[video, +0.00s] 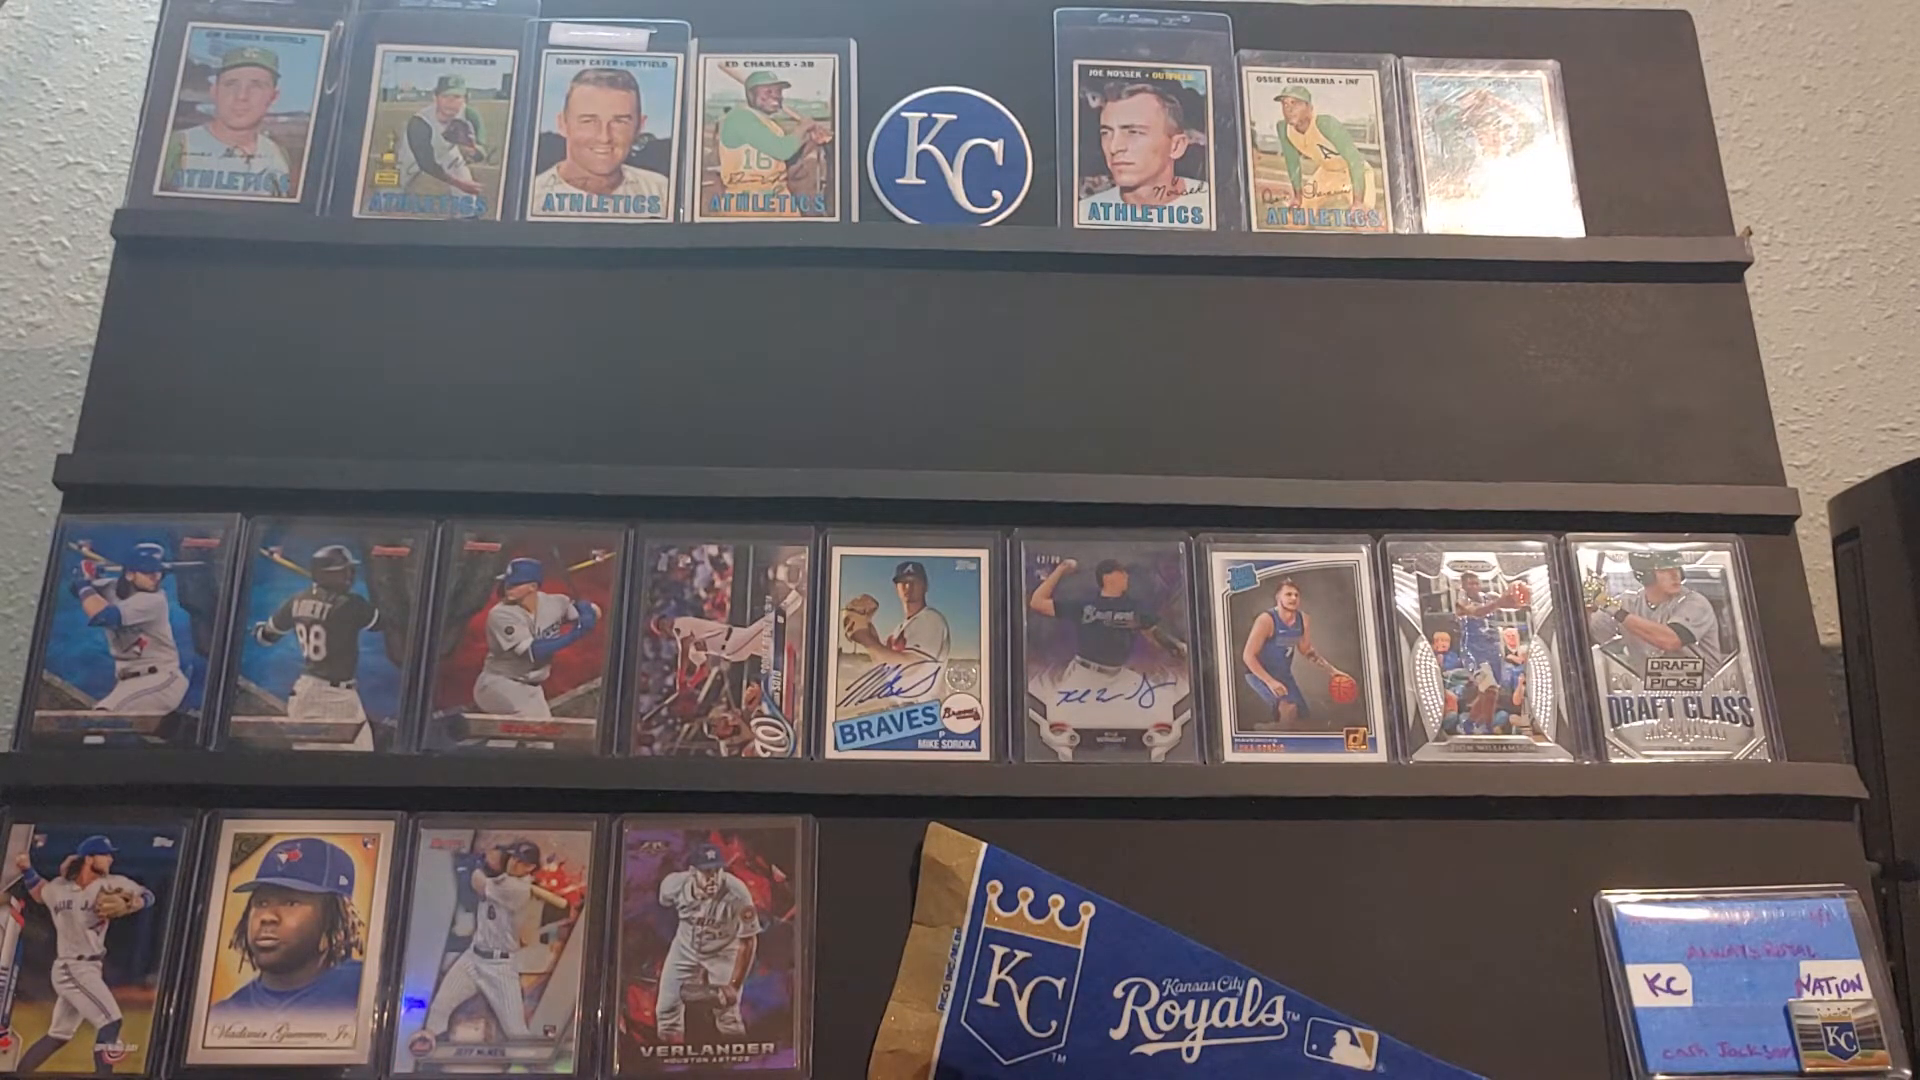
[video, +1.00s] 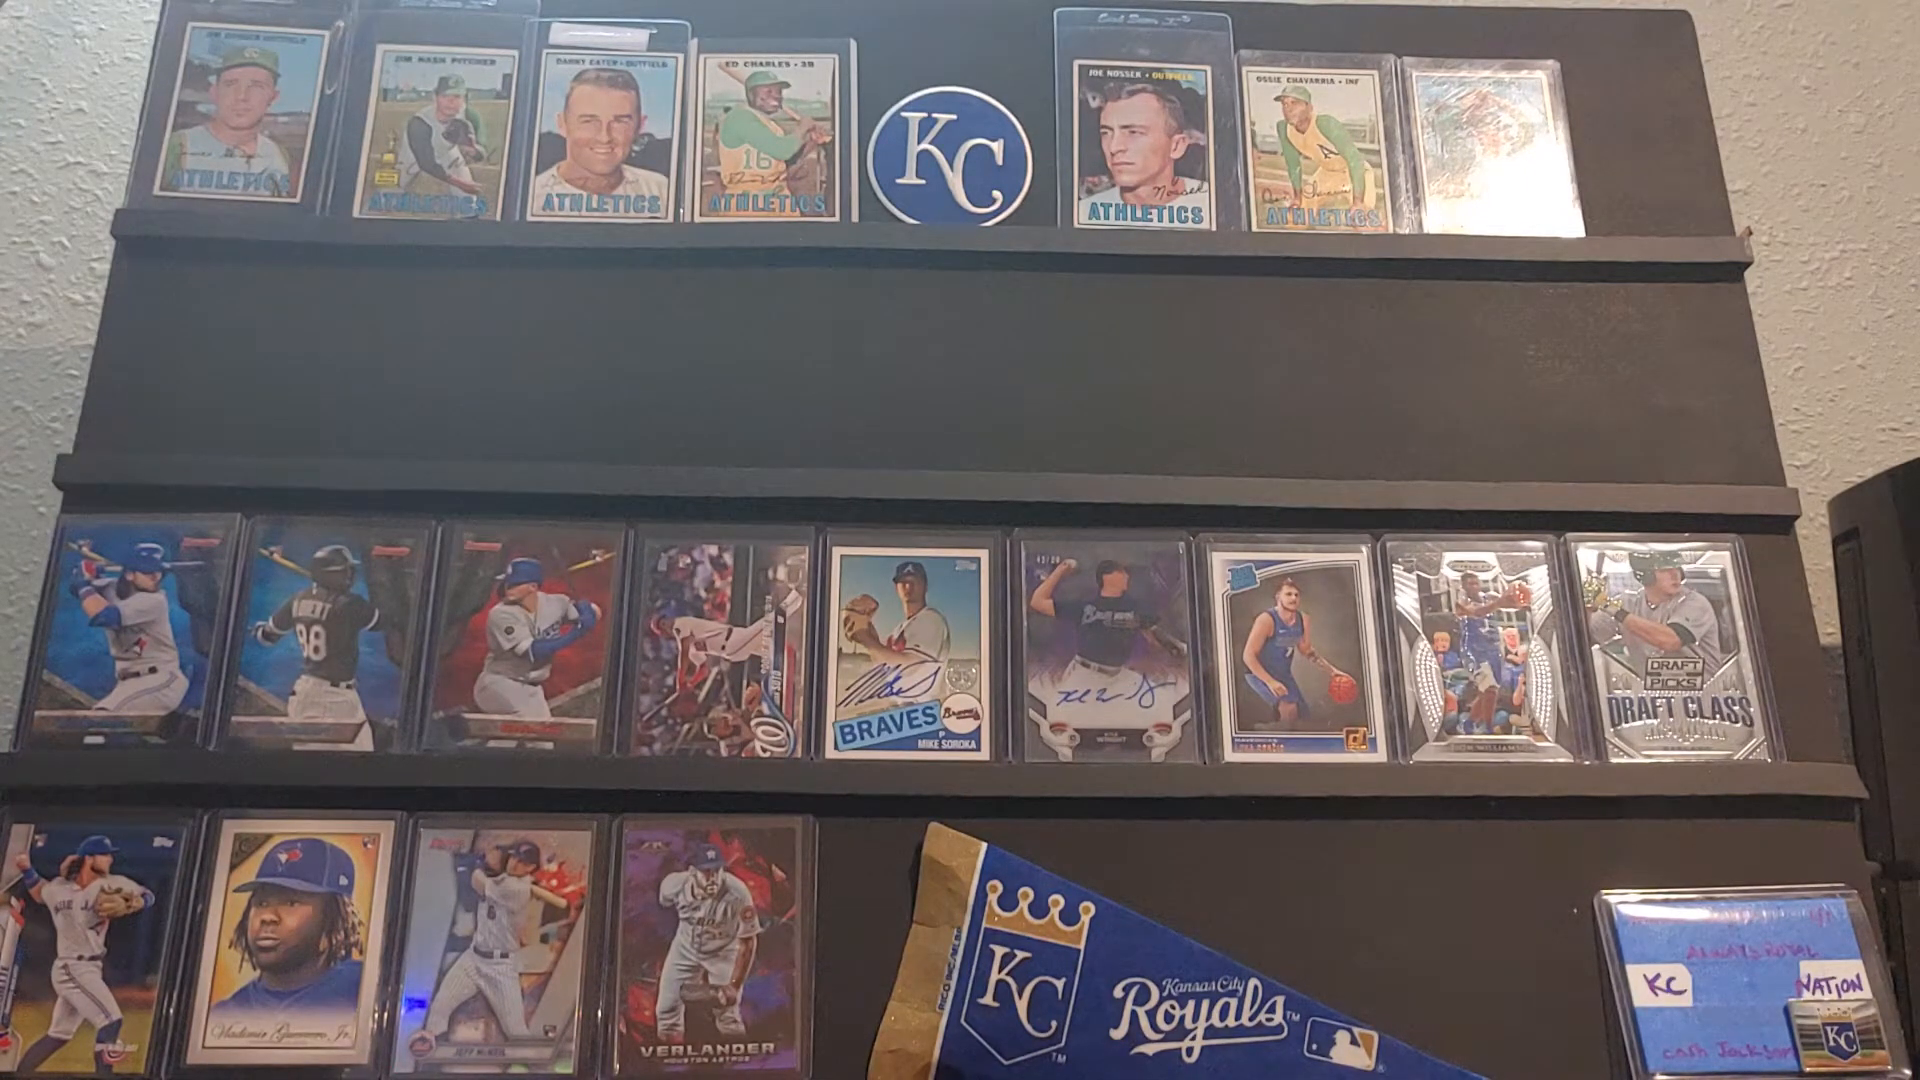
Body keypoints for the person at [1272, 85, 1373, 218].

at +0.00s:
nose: (1288, 109)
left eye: (1294, 103)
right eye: (1285, 104)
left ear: (1309, 107)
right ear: (1281, 108)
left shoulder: (1326, 124)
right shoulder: (1283, 128)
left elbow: (1355, 161)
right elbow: (1293, 163)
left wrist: (1358, 202)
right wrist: (1298, 197)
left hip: (1355, 172)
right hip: (1327, 172)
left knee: (1360, 218)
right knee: (1302, 208)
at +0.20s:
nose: (1288, 109)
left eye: (1294, 103)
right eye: (1285, 104)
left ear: (1309, 107)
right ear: (1281, 108)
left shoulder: (1326, 124)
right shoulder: (1283, 128)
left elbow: (1355, 161)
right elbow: (1293, 163)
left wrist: (1358, 202)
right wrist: (1298, 197)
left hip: (1355, 172)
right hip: (1327, 172)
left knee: (1360, 218)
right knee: (1302, 208)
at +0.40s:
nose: (1288, 109)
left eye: (1294, 103)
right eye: (1285, 104)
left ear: (1309, 107)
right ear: (1281, 108)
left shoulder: (1327, 124)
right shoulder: (1283, 128)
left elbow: (1355, 161)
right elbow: (1292, 163)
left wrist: (1358, 202)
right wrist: (1298, 197)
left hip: (1355, 172)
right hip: (1327, 172)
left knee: (1360, 219)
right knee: (1303, 209)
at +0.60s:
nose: (1288, 109)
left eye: (1294, 103)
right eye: (1284, 104)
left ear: (1308, 106)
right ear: (1281, 107)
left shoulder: (1327, 124)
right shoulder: (1283, 128)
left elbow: (1355, 159)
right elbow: (1293, 164)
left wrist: (1358, 201)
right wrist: (1297, 198)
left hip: (1354, 173)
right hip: (1327, 172)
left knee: (1360, 219)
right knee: (1302, 209)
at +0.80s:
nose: (1288, 109)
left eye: (1294, 103)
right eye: (1284, 104)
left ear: (1308, 106)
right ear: (1281, 107)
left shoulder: (1327, 123)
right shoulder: (1283, 128)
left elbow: (1355, 159)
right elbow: (1293, 164)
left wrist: (1358, 202)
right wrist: (1297, 198)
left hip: (1354, 172)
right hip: (1327, 172)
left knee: (1360, 219)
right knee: (1302, 209)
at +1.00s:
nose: (1288, 109)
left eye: (1294, 103)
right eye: (1284, 104)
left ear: (1308, 106)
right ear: (1281, 107)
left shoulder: (1327, 123)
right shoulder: (1283, 128)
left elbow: (1355, 159)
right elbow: (1293, 164)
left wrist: (1358, 202)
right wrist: (1297, 198)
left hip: (1354, 172)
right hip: (1327, 172)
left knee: (1360, 219)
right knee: (1301, 209)